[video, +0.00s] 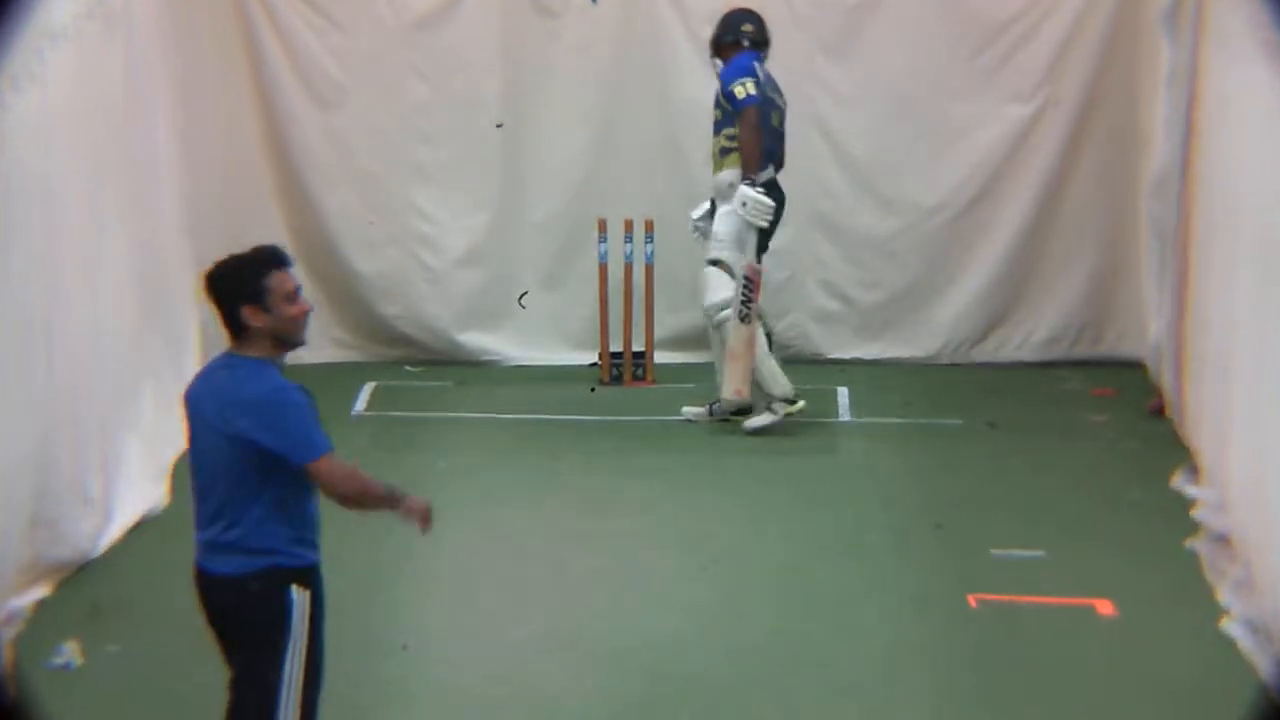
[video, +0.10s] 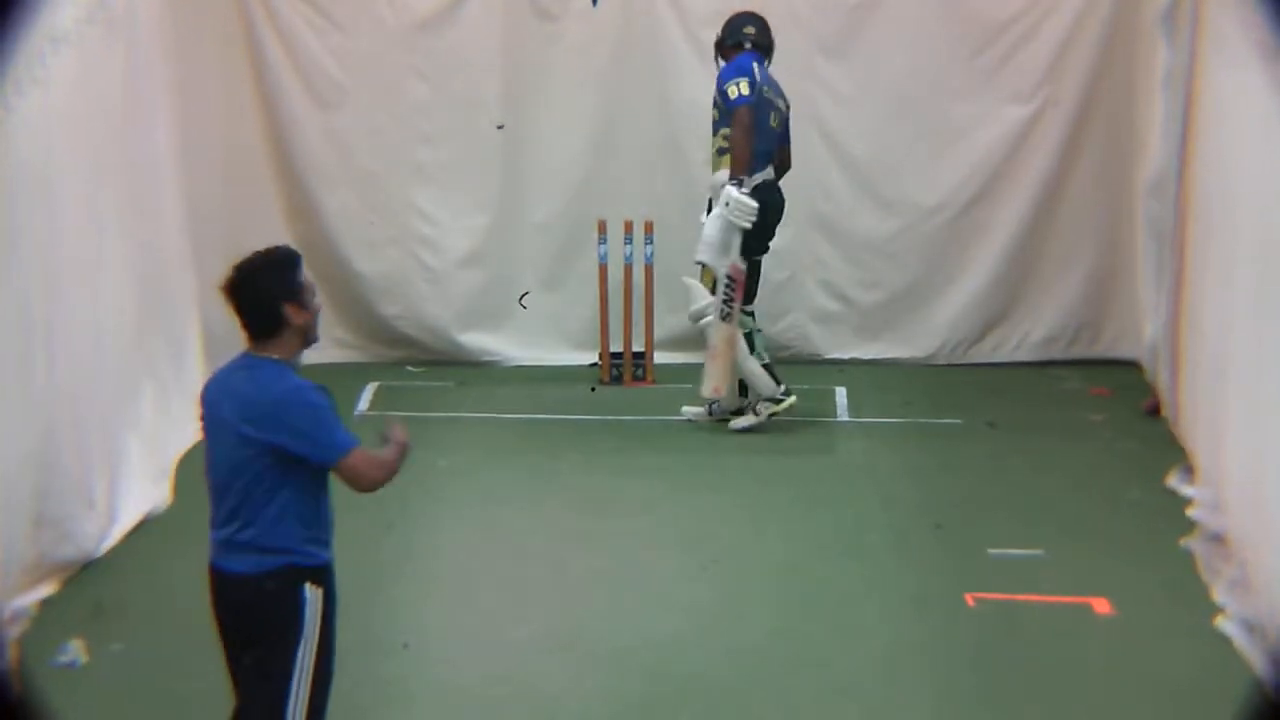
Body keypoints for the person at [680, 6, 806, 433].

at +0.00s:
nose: (715, 52)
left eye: (718, 45)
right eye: (716, 46)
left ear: (730, 41)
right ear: (756, 42)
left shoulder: (737, 67)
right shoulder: (765, 80)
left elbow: (750, 119)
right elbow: (758, 152)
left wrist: (749, 186)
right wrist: (717, 203)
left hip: (744, 195)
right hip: (756, 194)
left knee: (722, 295)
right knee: (734, 299)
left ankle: (776, 395)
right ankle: (737, 397)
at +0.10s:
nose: (719, 57)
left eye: (720, 50)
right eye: (720, 51)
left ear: (729, 45)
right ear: (763, 48)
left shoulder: (736, 69)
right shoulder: (776, 89)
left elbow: (742, 121)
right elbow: (782, 161)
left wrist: (736, 188)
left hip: (740, 194)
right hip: (766, 194)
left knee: (709, 295)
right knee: (736, 297)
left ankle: (766, 390)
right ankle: (726, 396)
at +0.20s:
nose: (725, 55)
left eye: (726, 48)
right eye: (727, 50)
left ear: (733, 46)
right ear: (772, 50)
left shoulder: (735, 69)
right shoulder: (782, 92)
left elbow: (737, 121)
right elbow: (788, 164)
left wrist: (726, 185)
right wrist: (750, 185)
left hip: (741, 194)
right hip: (770, 197)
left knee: (707, 294)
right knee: (742, 296)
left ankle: (763, 384)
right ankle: (730, 398)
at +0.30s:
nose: (733, 52)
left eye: (735, 46)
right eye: (736, 48)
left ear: (741, 46)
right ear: (781, 51)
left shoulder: (734, 73)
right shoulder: (790, 96)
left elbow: (731, 125)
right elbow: (794, 164)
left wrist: (716, 187)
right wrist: (760, 189)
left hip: (742, 197)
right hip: (776, 202)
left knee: (708, 291)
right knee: (745, 296)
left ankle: (751, 381)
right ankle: (733, 399)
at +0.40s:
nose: (742, 50)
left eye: (744, 44)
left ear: (749, 45)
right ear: (789, 51)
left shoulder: (736, 75)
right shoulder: (798, 96)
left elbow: (723, 129)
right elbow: (803, 165)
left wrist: (706, 188)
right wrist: (769, 190)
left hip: (742, 199)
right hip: (780, 204)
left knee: (718, 287)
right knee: (754, 289)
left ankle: (743, 385)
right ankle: (740, 391)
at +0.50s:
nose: (750, 48)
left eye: (752, 42)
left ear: (756, 44)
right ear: (795, 49)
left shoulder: (736, 76)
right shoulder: (804, 95)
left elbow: (714, 135)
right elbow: (815, 162)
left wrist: (698, 192)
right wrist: (783, 191)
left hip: (750, 199)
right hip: (789, 202)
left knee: (736, 295)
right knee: (761, 298)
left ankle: (758, 397)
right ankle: (734, 397)